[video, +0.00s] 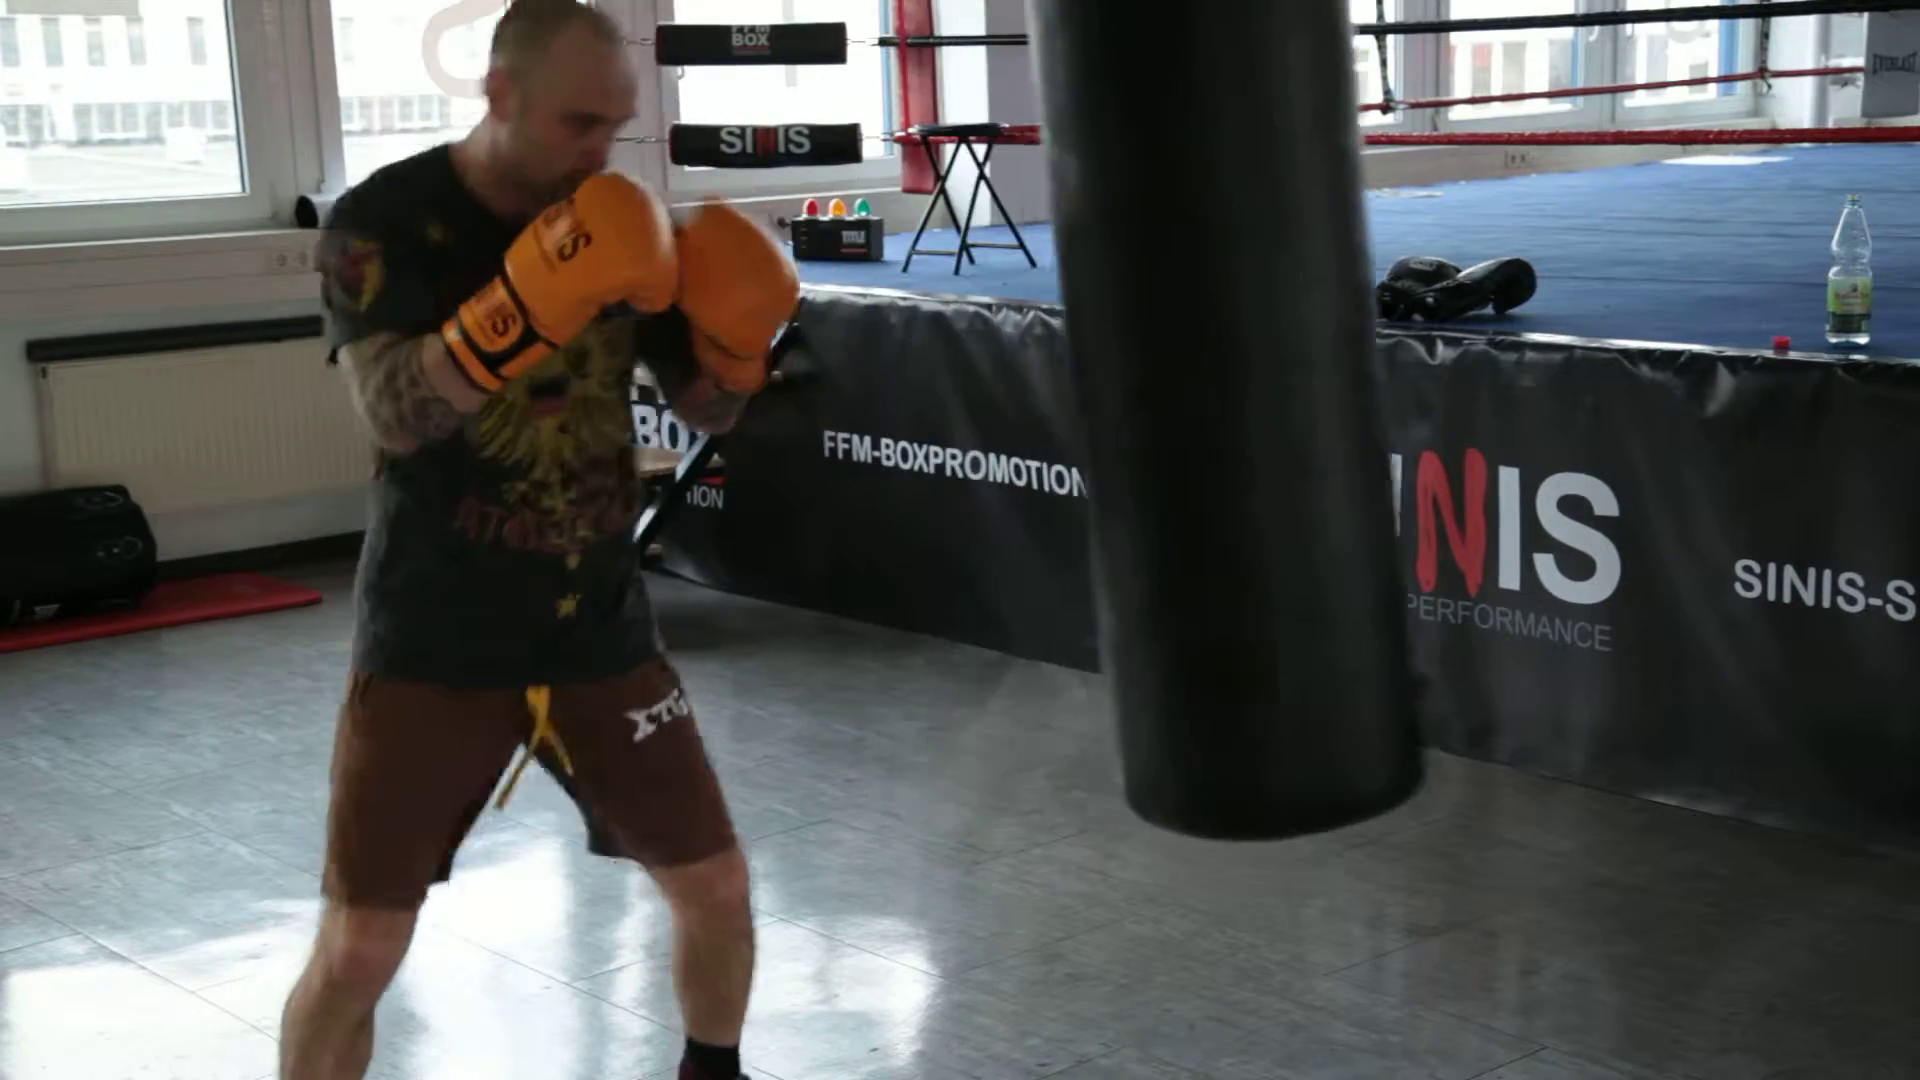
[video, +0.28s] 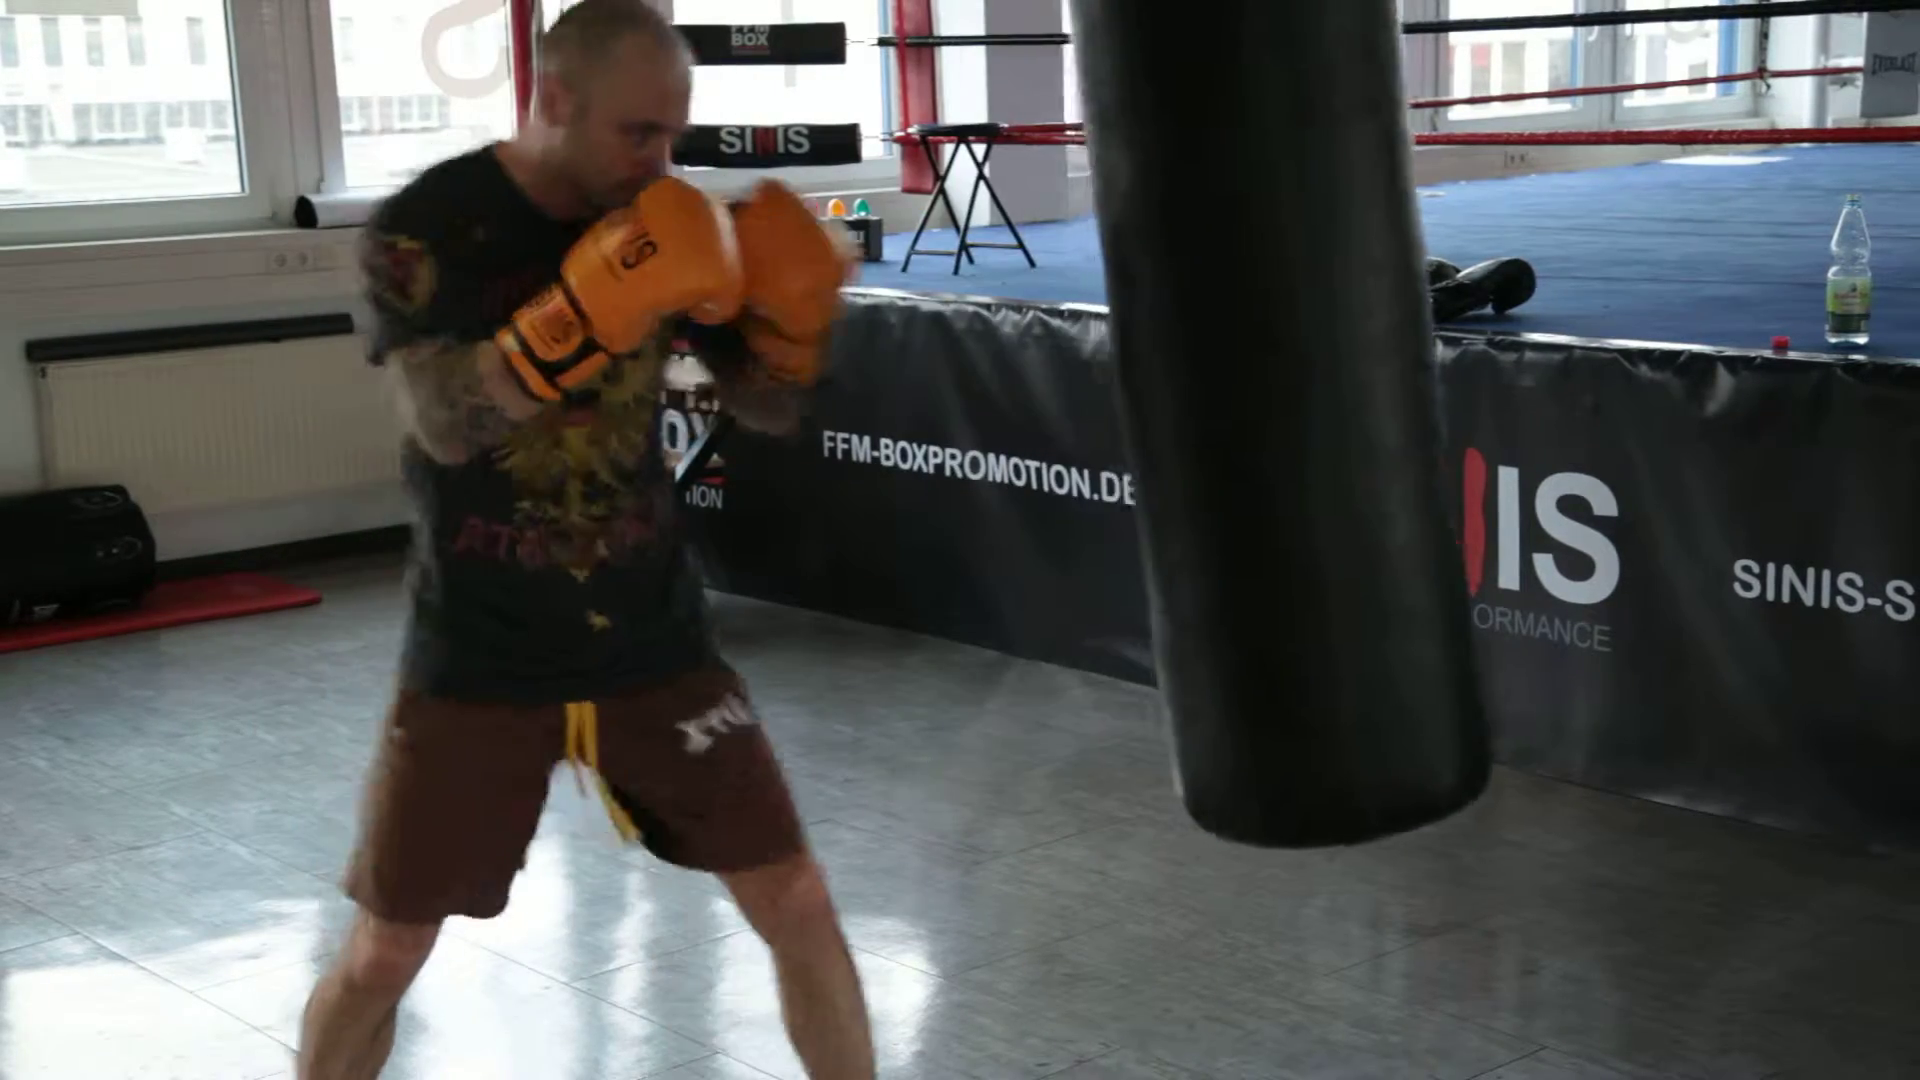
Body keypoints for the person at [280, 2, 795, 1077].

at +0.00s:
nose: (605, 149)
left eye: (617, 124)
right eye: (584, 123)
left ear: (625, 112)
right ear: (503, 94)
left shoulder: (607, 227)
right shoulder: (380, 219)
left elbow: (704, 407)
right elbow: (391, 415)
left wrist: (737, 341)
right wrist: (530, 301)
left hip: (597, 624)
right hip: (434, 637)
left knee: (717, 888)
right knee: (360, 951)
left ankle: (712, 1071)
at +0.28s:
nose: (661, 159)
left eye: (673, 132)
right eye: (638, 132)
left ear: (681, 119)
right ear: (551, 101)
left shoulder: (653, 225)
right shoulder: (423, 225)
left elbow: (756, 412)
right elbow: (436, 419)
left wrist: (791, 320)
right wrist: (583, 319)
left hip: (649, 632)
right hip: (479, 647)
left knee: (798, 905)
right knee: (384, 956)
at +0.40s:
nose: (751, 182)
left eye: (763, 155)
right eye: (729, 153)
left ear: (774, 141)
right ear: (647, 127)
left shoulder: (760, 253)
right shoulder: (518, 248)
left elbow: (823, 465)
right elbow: (460, 472)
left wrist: (844, 363)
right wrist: (579, 373)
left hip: (725, 658)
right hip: (552, 671)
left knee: (864, 919)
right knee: (421, 974)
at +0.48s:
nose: (830, 187)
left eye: (841, 162)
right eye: (815, 158)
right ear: (734, 126)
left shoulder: (797, 246)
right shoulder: (583, 229)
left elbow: (819, 466)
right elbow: (511, 456)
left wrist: (866, 380)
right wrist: (644, 352)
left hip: (731, 643)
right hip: (576, 657)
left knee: (859, 909)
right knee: (470, 978)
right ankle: (354, 1069)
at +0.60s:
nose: (858, 203)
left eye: (871, 178)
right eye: (845, 171)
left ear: (772, 133)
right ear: (762, 129)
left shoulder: (750, 241)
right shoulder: (636, 220)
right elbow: (773, 362)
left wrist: (869, 329)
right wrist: (930, 314)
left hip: (722, 629)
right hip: (588, 649)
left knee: (855, 897)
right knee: (479, 987)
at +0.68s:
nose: (844, 203)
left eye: (858, 178)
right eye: (833, 171)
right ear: (749, 131)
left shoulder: (781, 244)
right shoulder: (597, 232)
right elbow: (631, 424)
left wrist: (921, 298)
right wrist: (819, 354)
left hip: (725, 643)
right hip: (569, 663)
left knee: (854, 909)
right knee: (453, 973)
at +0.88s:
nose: (756, 207)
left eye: (769, 185)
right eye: (743, 178)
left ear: (673, 143)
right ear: (661, 137)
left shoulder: (718, 249)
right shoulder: (507, 240)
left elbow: (826, 374)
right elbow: (501, 446)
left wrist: (947, 336)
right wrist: (660, 323)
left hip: (695, 650)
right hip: (527, 668)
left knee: (828, 913)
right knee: (413, 986)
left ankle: (890, 1078)